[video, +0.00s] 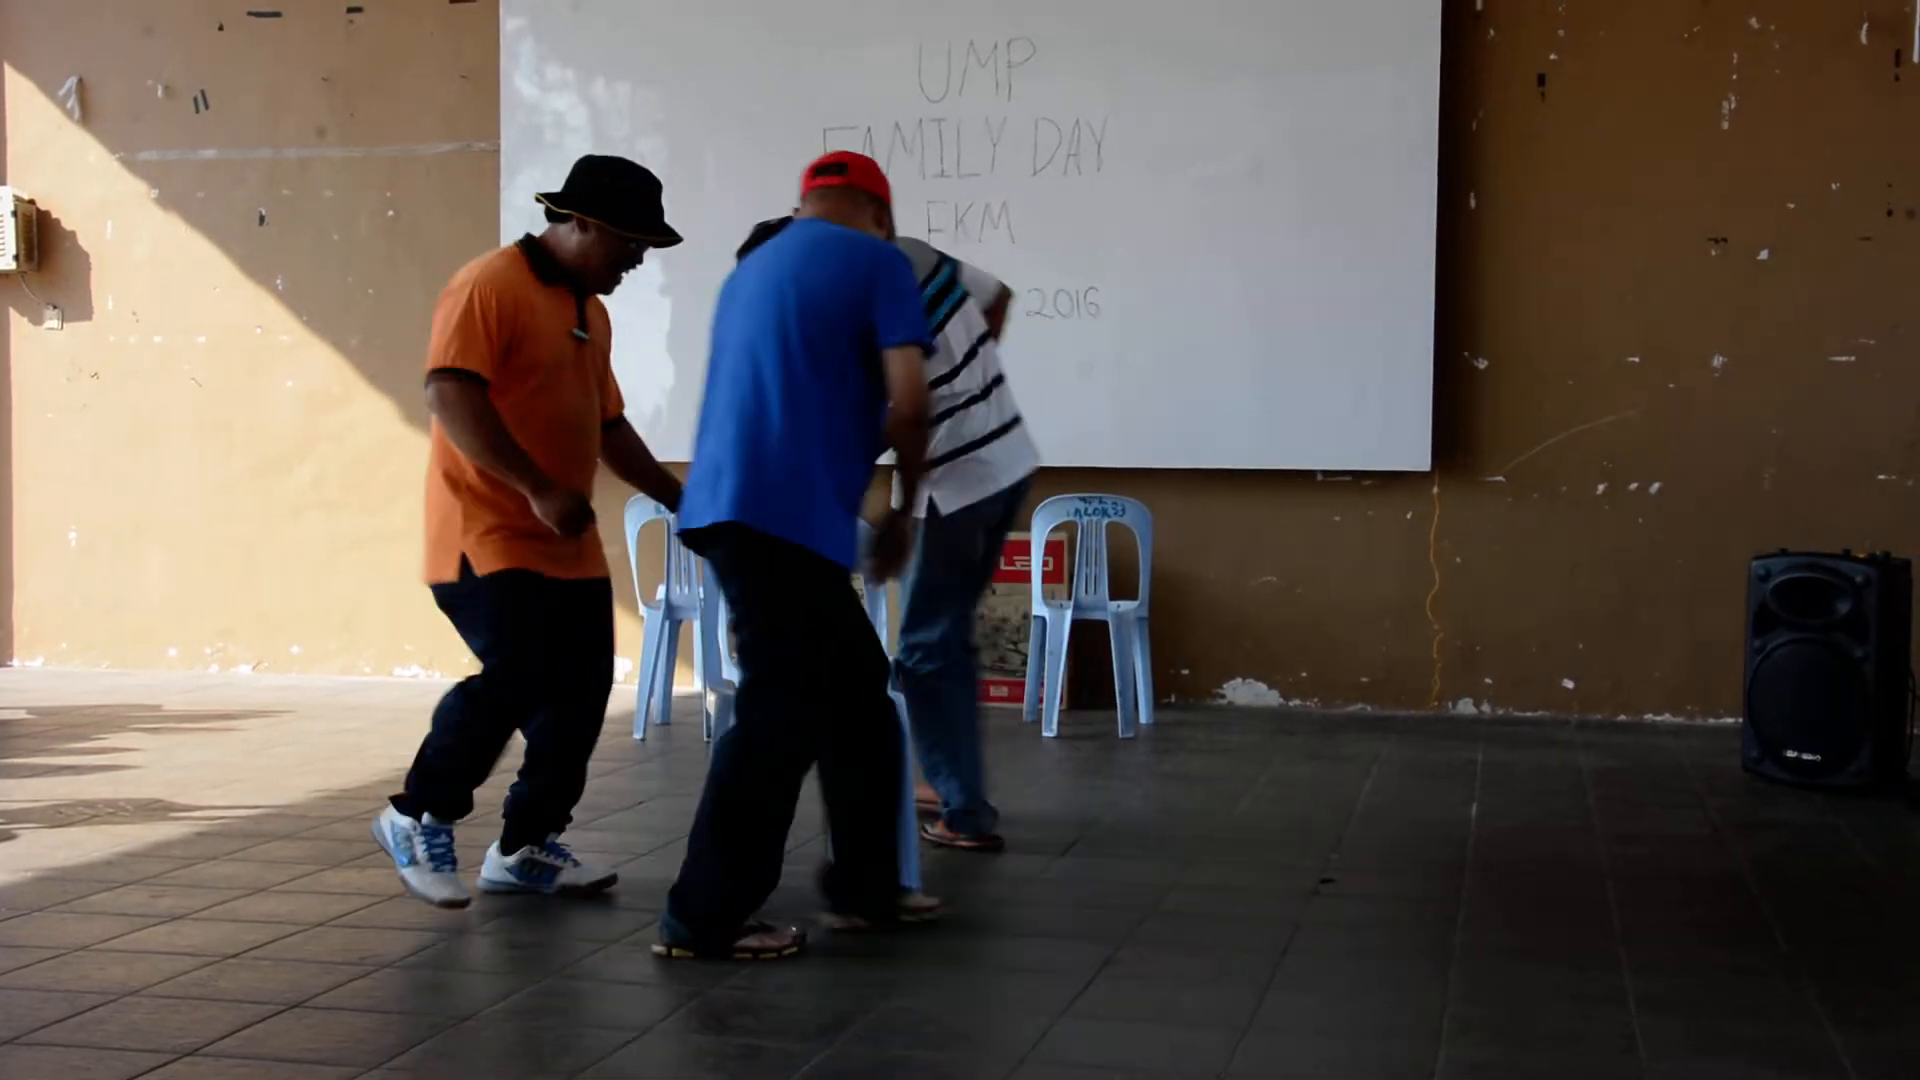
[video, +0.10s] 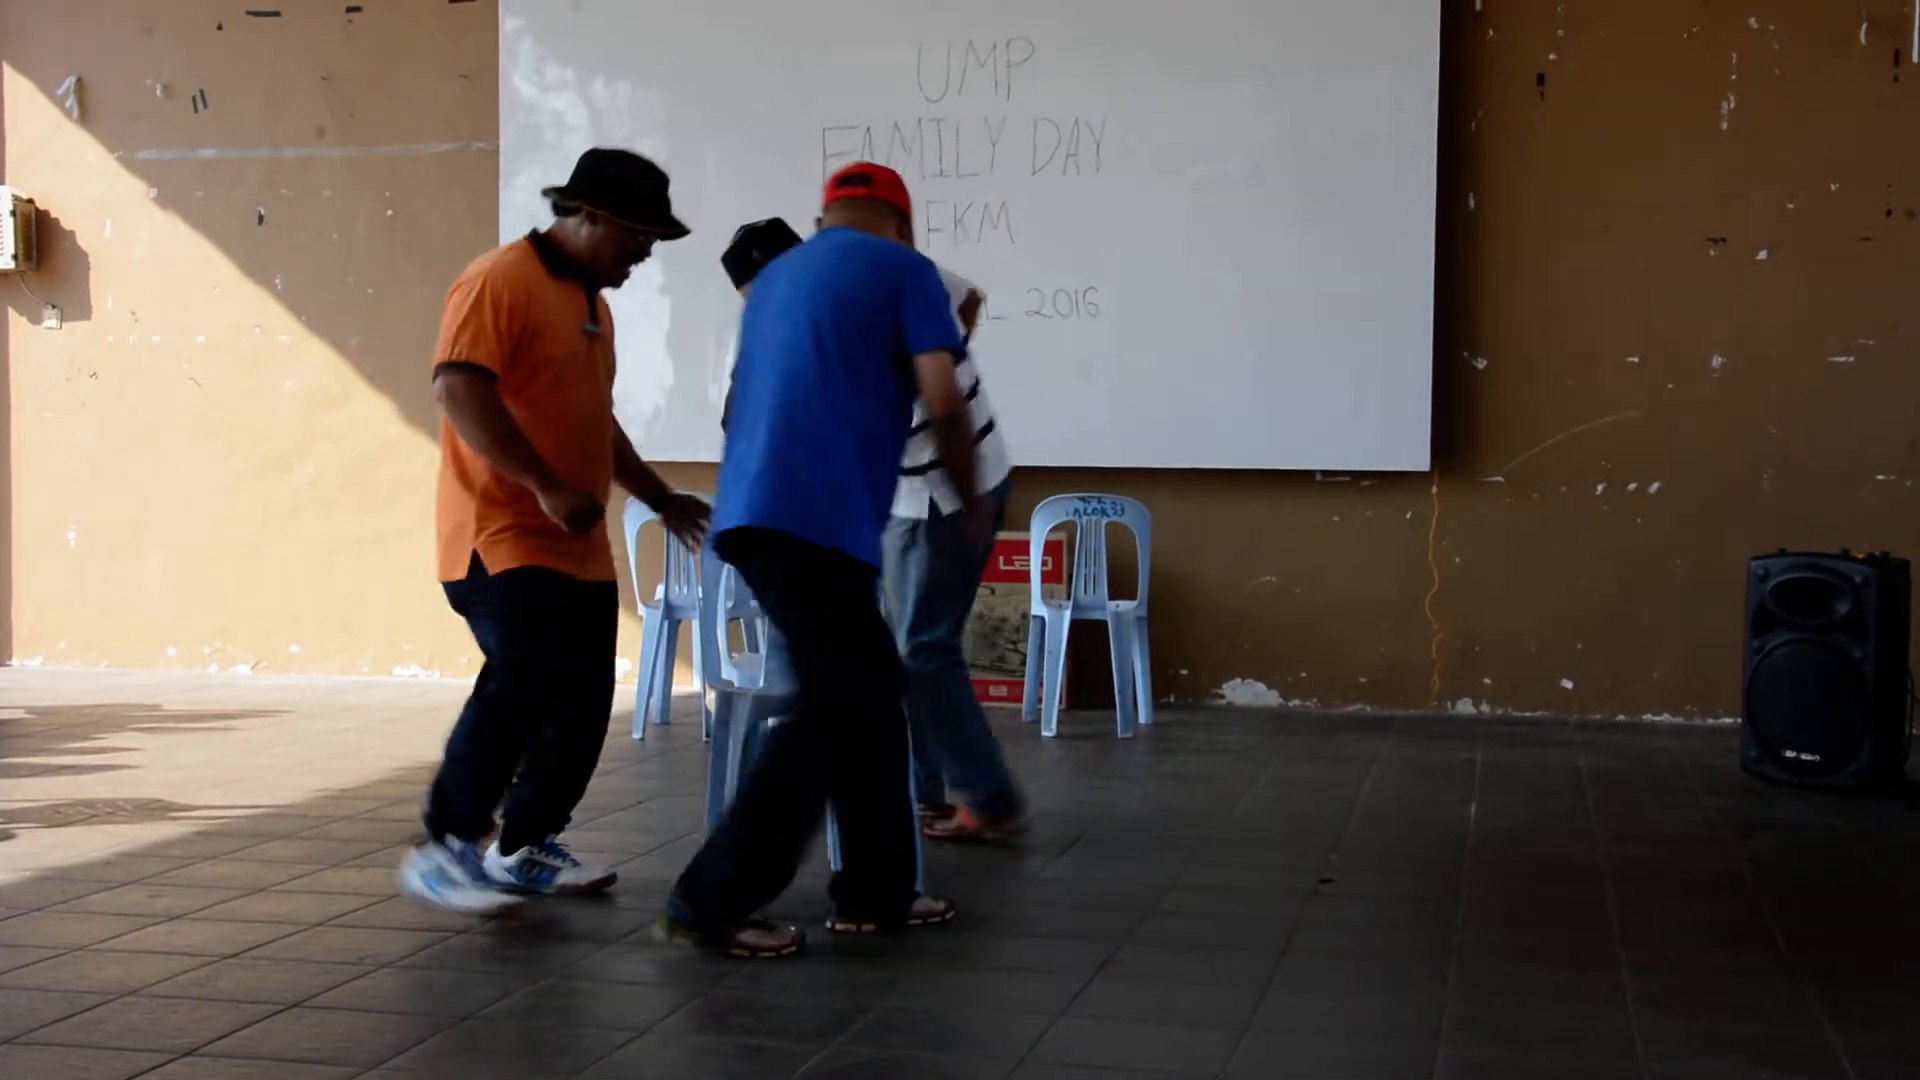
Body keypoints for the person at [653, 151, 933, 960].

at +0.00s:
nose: (888, 236)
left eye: (885, 226)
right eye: (888, 224)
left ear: (807, 205)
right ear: (873, 210)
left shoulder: (757, 263)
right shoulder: (878, 259)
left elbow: (761, 398)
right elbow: (911, 403)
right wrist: (907, 507)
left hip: (723, 505)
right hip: (789, 514)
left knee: (859, 696)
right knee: (777, 712)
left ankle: (865, 888)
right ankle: (703, 921)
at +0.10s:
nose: (909, 241)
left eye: (904, 232)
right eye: (909, 229)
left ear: (828, 214)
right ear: (897, 219)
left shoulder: (775, 274)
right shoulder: (906, 268)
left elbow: (741, 403)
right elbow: (944, 404)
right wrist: (970, 497)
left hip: (748, 514)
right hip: (822, 519)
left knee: (867, 701)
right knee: (846, 704)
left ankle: (874, 895)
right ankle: (710, 904)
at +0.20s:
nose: (921, 246)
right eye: (922, 234)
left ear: (844, 224)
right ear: (919, 228)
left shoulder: (796, 286)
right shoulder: (928, 273)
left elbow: (738, 414)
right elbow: (975, 395)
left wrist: (774, 496)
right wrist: (1018, 511)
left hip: (776, 520)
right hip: (862, 518)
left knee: (866, 706)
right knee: (920, 695)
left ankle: (874, 894)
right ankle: (799, 836)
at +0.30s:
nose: (927, 231)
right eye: (928, 221)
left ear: (855, 223)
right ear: (931, 221)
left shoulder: (812, 284)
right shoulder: (952, 266)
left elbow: (742, 410)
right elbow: (998, 364)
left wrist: (777, 502)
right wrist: (1037, 496)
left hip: (814, 527)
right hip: (912, 522)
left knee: (856, 708)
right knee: (975, 684)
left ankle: (863, 893)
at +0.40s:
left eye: (869, 220)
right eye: (935, 219)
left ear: (863, 223)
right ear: (939, 218)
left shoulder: (822, 286)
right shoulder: (971, 258)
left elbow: (745, 402)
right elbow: (1006, 339)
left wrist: (774, 474)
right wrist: (1037, 452)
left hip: (856, 534)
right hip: (961, 526)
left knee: (870, 719)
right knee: (1003, 699)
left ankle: (870, 900)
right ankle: (1043, 874)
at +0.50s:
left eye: (886, 224)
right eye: (947, 222)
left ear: (875, 231)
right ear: (950, 221)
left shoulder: (832, 299)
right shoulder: (993, 257)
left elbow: (770, 415)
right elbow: (1030, 326)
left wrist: (780, 465)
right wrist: (1053, 433)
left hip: (901, 538)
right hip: (1007, 527)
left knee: (897, 723)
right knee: (1045, 694)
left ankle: (895, 901)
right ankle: (1073, 868)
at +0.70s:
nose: (882, 261)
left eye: (880, 252)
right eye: (883, 252)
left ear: (891, 243)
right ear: (960, 232)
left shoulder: (870, 308)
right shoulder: (1030, 282)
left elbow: (823, 450)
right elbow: (1109, 384)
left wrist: (817, 493)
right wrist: (1133, 495)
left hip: (946, 544)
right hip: (1050, 528)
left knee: (974, 691)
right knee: (1077, 702)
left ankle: (996, 808)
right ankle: (1069, 878)